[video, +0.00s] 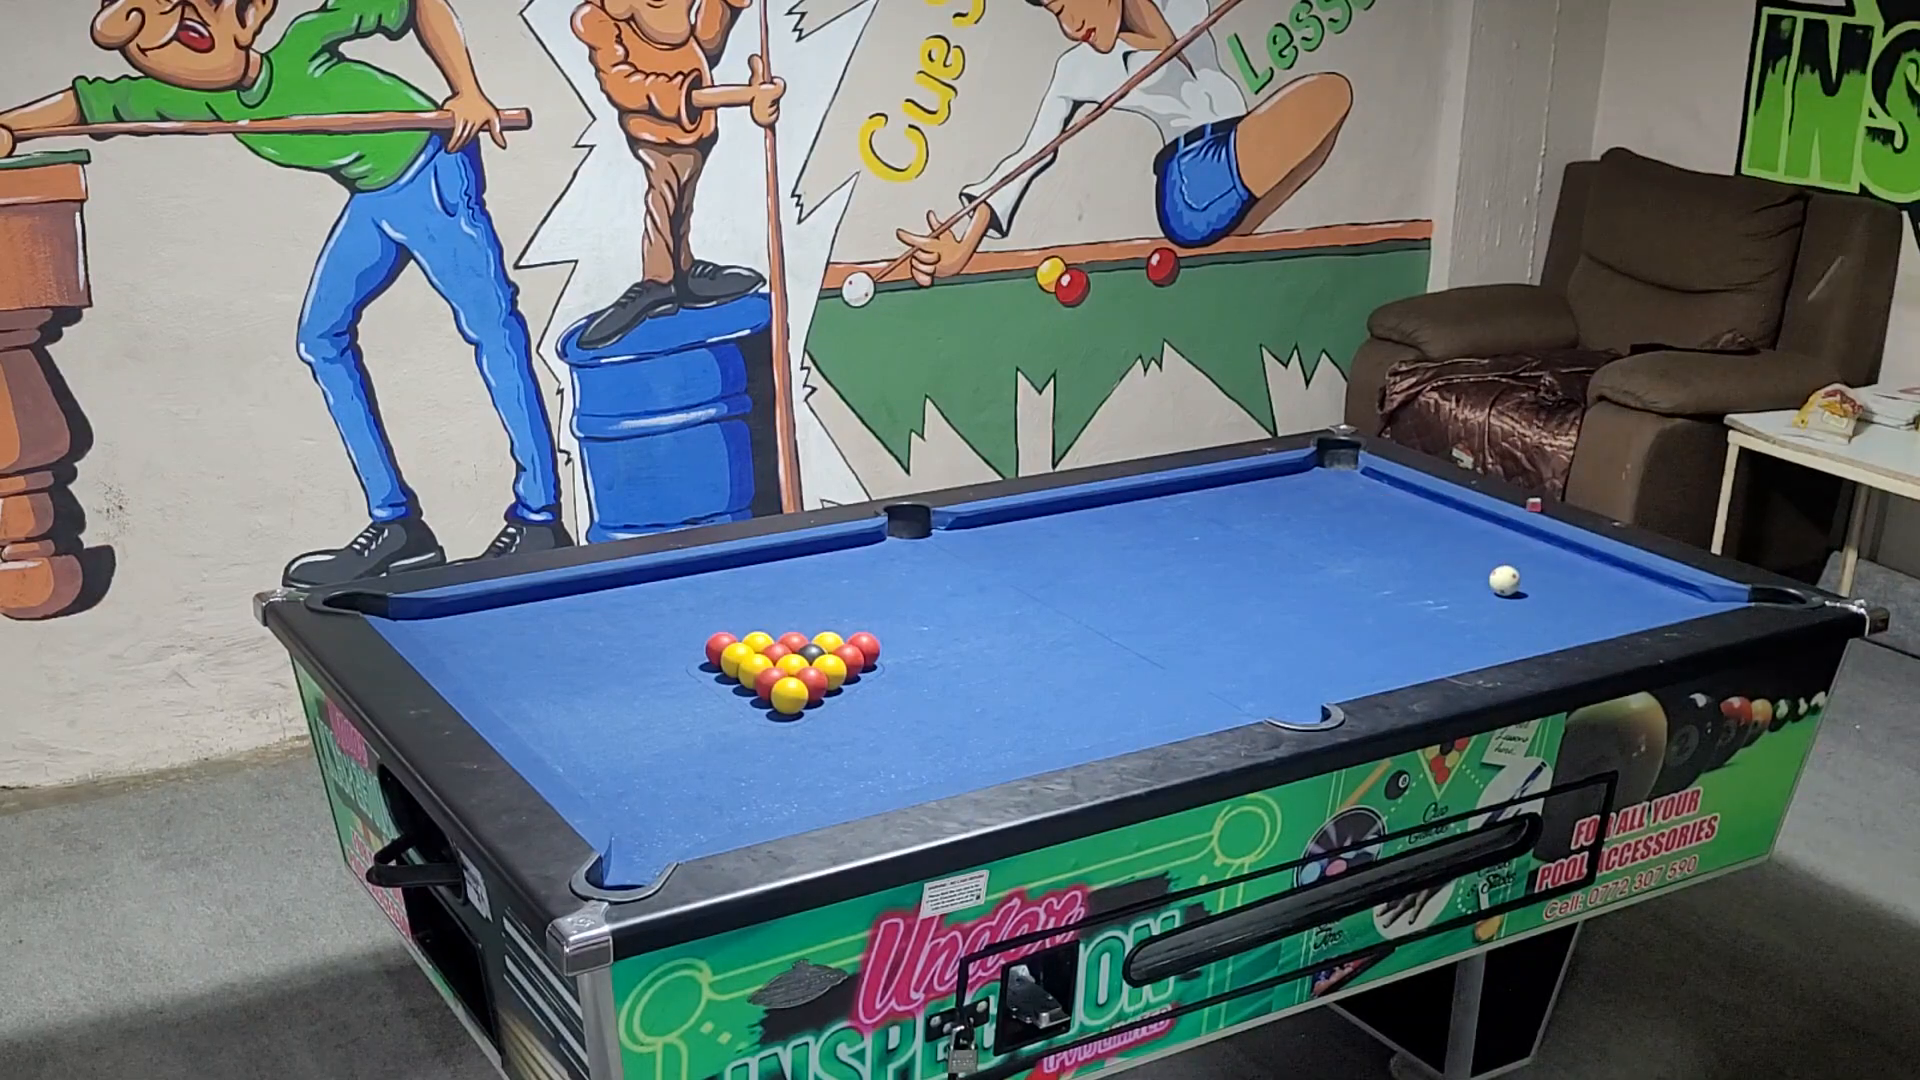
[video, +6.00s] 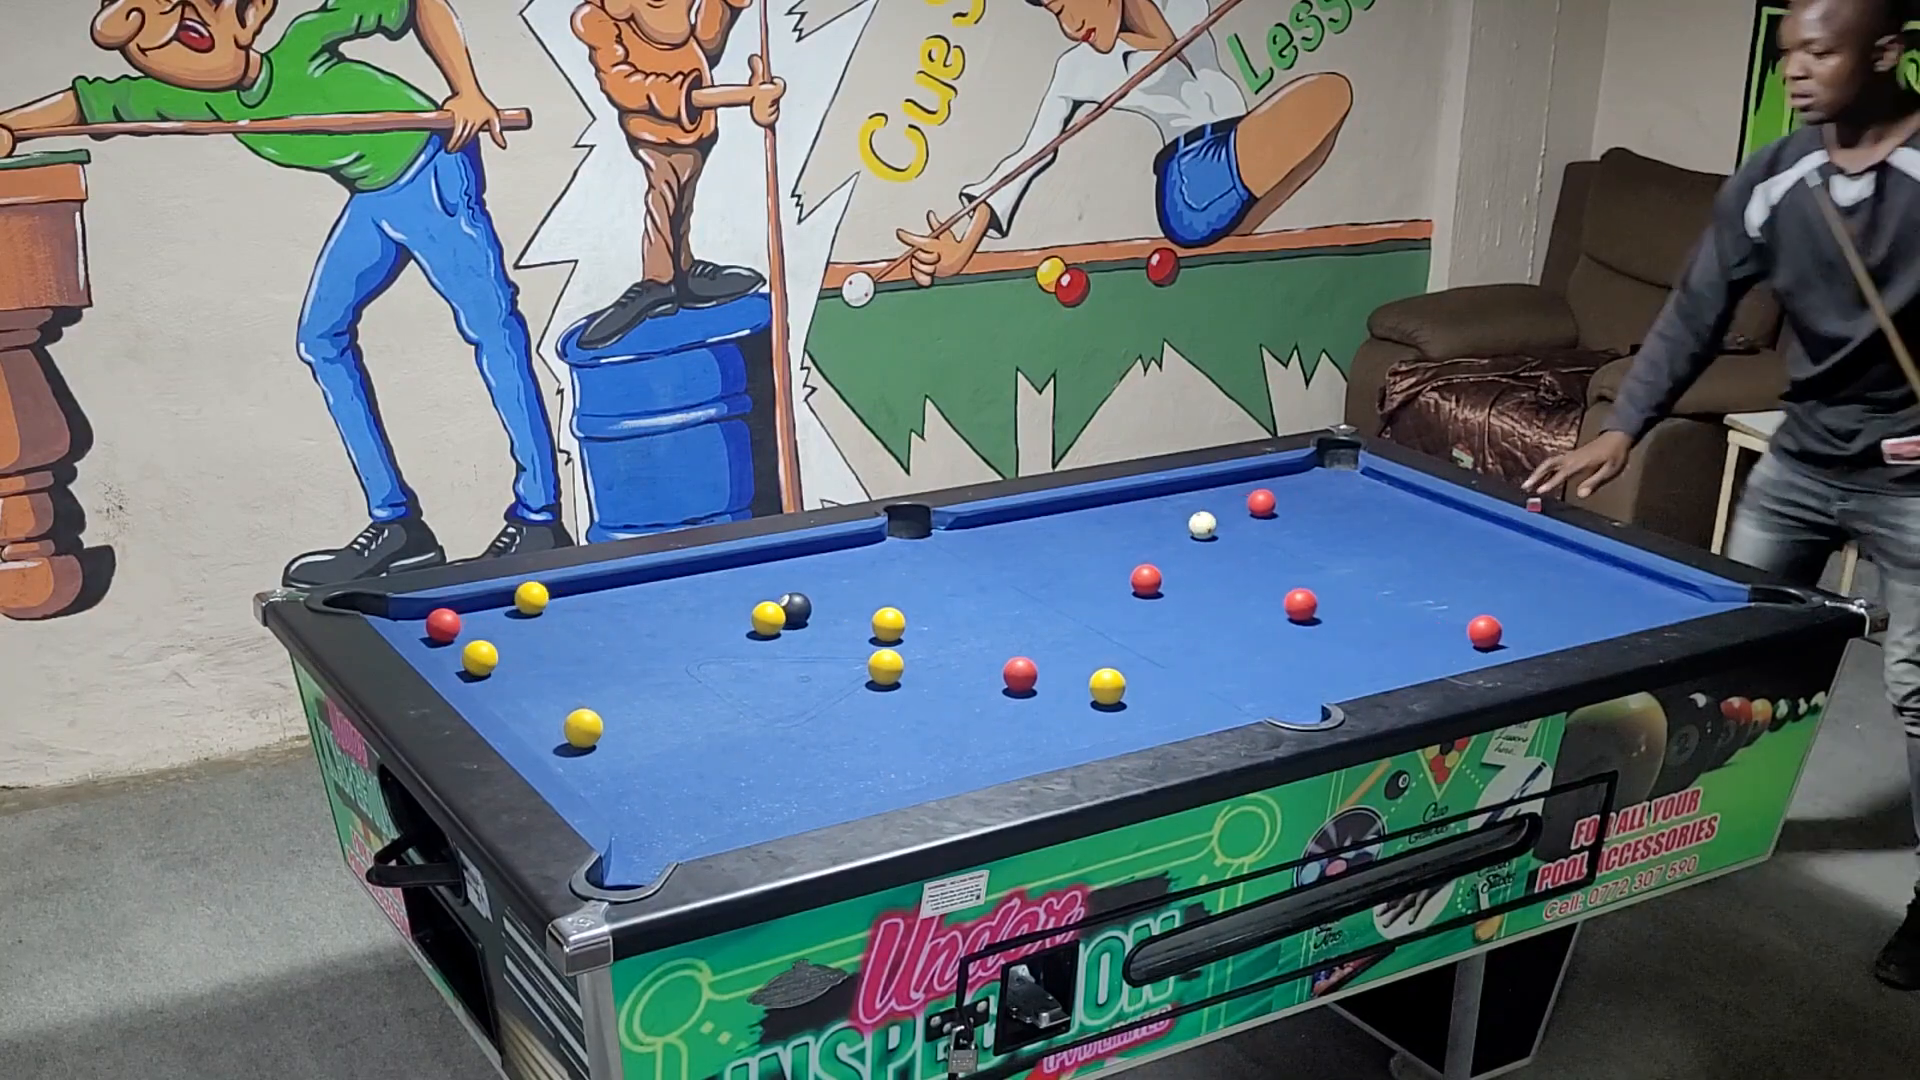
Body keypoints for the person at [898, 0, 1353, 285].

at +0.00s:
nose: (1070, 24)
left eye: (1070, 5)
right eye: (1057, 16)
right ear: (1056, 18)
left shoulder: (1176, 11)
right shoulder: (1076, 70)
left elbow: (1200, 58)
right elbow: (1028, 157)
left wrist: (1138, 13)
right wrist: (963, 246)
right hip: (1191, 185)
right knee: (1330, 91)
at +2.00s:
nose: (1070, 24)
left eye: (1071, 5)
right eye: (1057, 15)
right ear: (1055, 18)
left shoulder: (1175, 10)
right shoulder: (1076, 69)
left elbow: (1196, 57)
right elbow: (1029, 156)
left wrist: (1139, 12)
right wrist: (963, 244)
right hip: (1192, 182)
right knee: (1331, 92)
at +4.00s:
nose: (1070, 25)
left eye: (1070, 6)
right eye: (1057, 16)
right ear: (1056, 18)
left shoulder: (1177, 10)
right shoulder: (1077, 69)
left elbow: (1198, 59)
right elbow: (1028, 157)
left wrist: (1143, 17)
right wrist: (963, 246)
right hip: (1190, 185)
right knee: (1330, 92)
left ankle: (1239, 231)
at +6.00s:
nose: (1069, 23)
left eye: (1071, 4)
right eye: (1056, 15)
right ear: (1055, 18)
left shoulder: (1176, 10)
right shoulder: (1076, 68)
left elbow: (1197, 61)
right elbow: (1028, 156)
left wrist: (1140, 11)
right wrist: (964, 245)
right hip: (1194, 183)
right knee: (1330, 91)